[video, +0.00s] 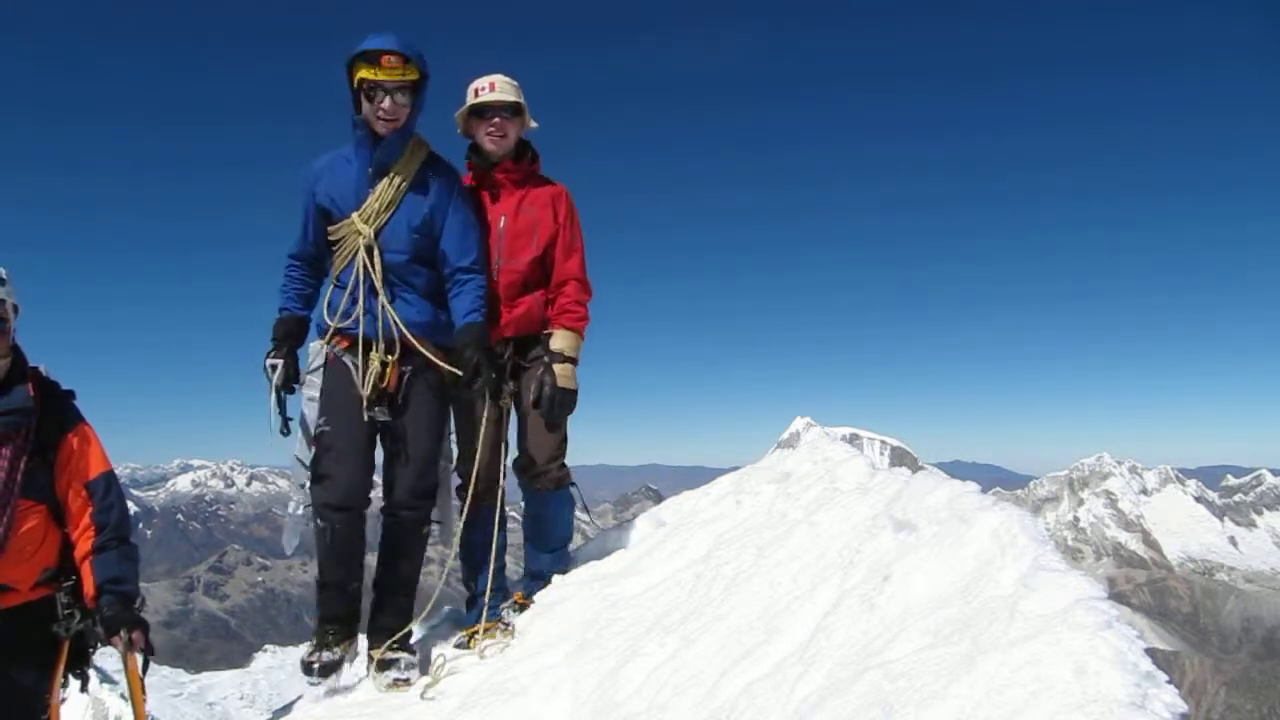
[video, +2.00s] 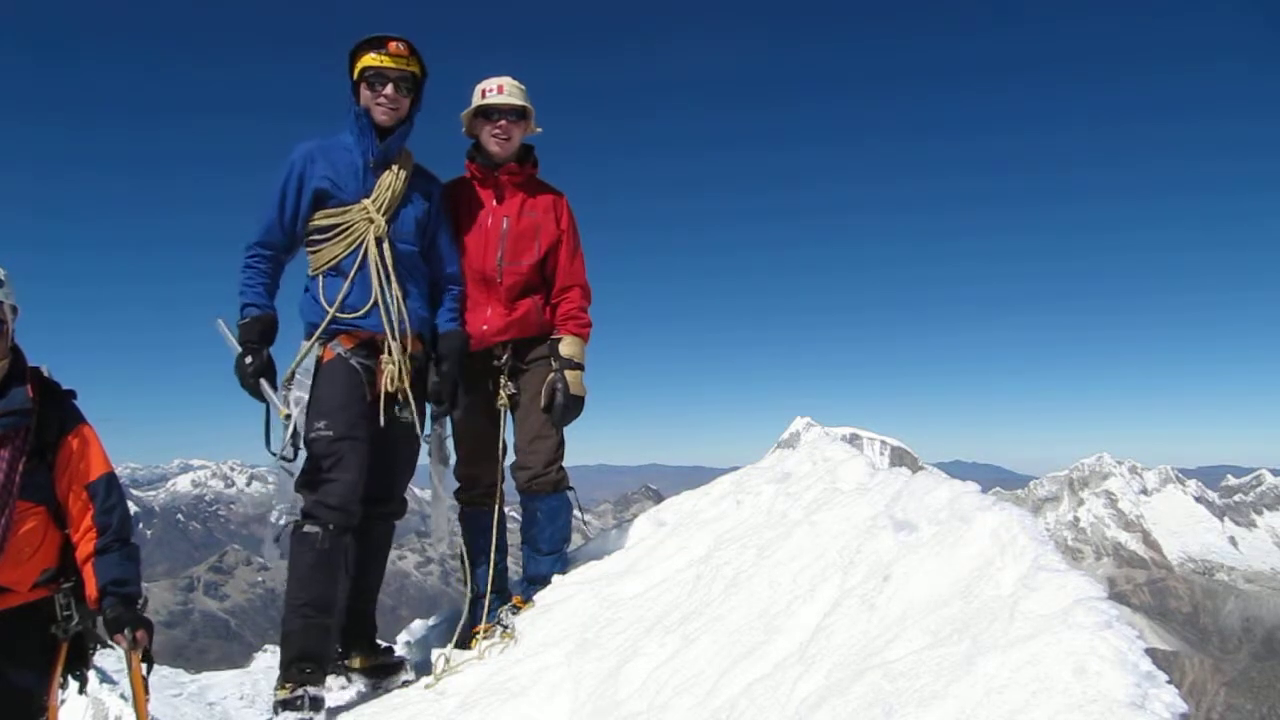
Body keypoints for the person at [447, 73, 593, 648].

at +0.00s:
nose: (496, 124)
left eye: (506, 115)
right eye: (485, 115)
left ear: (522, 124)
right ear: (470, 127)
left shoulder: (552, 198)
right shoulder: (454, 198)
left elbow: (571, 282)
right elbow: (440, 272)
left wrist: (562, 353)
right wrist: (452, 341)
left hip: (536, 348)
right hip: (473, 347)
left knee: (543, 463)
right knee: (477, 472)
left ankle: (546, 585)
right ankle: (484, 600)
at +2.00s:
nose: (501, 126)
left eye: (512, 117)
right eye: (491, 117)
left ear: (527, 127)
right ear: (473, 127)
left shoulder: (550, 204)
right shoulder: (450, 200)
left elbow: (571, 289)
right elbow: (431, 277)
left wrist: (572, 360)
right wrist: (435, 351)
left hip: (535, 350)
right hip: (469, 352)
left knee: (539, 466)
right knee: (476, 476)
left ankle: (542, 587)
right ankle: (485, 599)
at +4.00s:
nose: (494, 125)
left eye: (505, 116)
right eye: (484, 116)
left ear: (522, 126)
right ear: (467, 126)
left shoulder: (548, 202)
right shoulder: (443, 203)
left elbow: (569, 288)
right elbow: (425, 284)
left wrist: (567, 359)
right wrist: (427, 367)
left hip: (532, 353)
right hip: (464, 359)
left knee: (539, 470)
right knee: (478, 480)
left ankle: (541, 591)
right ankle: (484, 605)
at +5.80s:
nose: (480, 128)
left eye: (490, 118)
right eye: (469, 120)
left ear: (509, 127)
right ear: (455, 130)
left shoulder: (538, 201)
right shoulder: (436, 204)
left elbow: (562, 284)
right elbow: (422, 288)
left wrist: (559, 356)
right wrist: (426, 365)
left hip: (527, 351)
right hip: (459, 359)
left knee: (534, 469)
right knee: (474, 478)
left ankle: (541, 587)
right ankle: (484, 600)